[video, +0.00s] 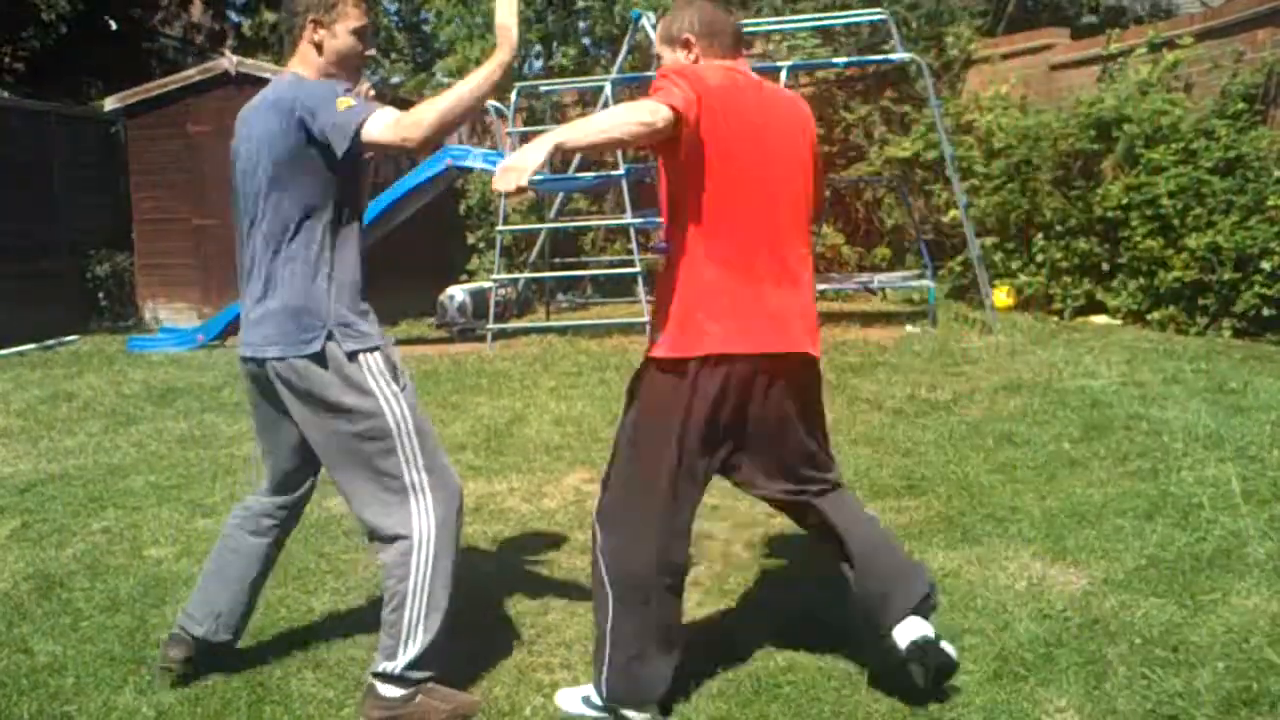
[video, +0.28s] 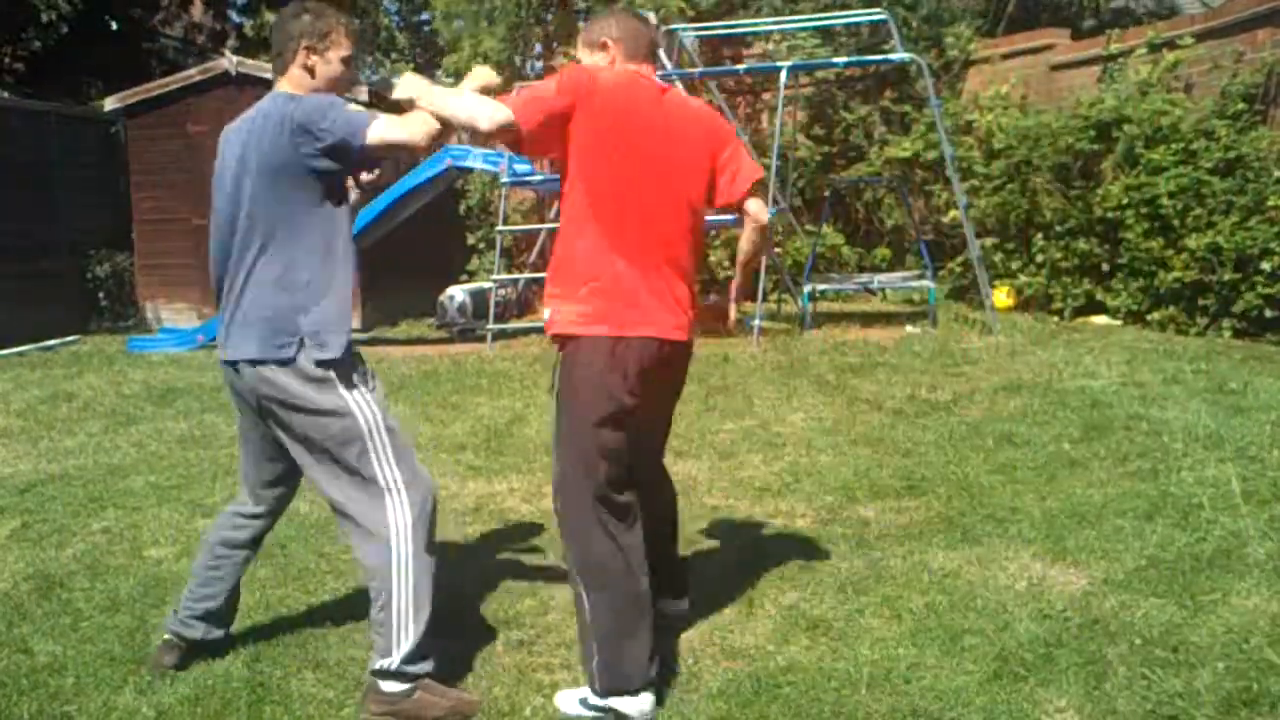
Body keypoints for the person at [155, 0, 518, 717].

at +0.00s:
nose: (370, 49)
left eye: (370, 35)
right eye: (362, 34)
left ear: (314, 34)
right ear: (318, 33)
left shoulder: (254, 114)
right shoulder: (308, 97)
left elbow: (330, 212)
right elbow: (412, 131)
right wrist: (502, 55)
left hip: (265, 338)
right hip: (328, 334)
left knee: (276, 492)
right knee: (426, 495)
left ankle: (196, 638)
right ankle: (400, 680)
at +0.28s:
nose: (349, 74)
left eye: (350, 63)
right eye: (343, 62)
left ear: (292, 59)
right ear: (307, 56)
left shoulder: (239, 131)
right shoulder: (309, 114)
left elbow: (325, 208)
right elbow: (418, 134)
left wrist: (366, 165)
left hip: (246, 353)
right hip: (305, 353)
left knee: (257, 497)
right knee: (401, 494)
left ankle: (189, 632)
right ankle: (399, 674)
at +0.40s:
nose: (345, 65)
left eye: (346, 51)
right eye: (339, 49)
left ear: (293, 42)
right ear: (298, 41)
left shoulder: (259, 107)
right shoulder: (270, 103)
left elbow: (335, 201)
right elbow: (349, 171)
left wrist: (372, 134)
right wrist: (414, 148)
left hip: (251, 333)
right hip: (289, 333)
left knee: (262, 484)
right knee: (377, 474)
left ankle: (188, 632)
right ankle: (383, 661)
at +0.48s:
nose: (341, 59)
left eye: (342, 45)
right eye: (334, 42)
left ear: (291, 37)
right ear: (292, 35)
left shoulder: (284, 111)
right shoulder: (250, 99)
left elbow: (366, 183)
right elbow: (294, 195)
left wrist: (387, 114)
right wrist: (389, 191)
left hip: (266, 327)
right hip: (281, 328)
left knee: (262, 476)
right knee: (365, 471)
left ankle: (185, 629)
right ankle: (355, 657)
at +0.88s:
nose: (341, 42)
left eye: (340, 30)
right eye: (334, 28)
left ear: (286, 27)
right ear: (296, 26)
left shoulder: (235, 101)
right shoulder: (305, 82)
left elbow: (330, 181)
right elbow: (413, 91)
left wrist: (423, 159)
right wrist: (431, 102)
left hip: (264, 310)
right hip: (319, 312)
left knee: (278, 453)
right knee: (376, 468)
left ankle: (206, 589)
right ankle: (358, 653)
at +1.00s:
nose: (344, 43)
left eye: (343, 31)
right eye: (339, 30)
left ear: (287, 29)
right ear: (305, 28)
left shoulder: (226, 109)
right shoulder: (325, 79)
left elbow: (261, 196)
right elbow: (426, 101)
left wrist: (355, 172)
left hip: (255, 313)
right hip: (323, 307)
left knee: (278, 444)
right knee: (366, 465)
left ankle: (239, 583)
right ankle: (357, 650)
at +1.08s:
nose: (344, 60)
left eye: (344, 48)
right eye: (341, 47)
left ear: (286, 35)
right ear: (310, 35)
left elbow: (223, 203)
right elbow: (418, 120)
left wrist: (330, 194)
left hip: (248, 315)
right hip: (315, 308)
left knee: (261, 455)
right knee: (358, 468)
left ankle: (237, 587)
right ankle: (358, 648)